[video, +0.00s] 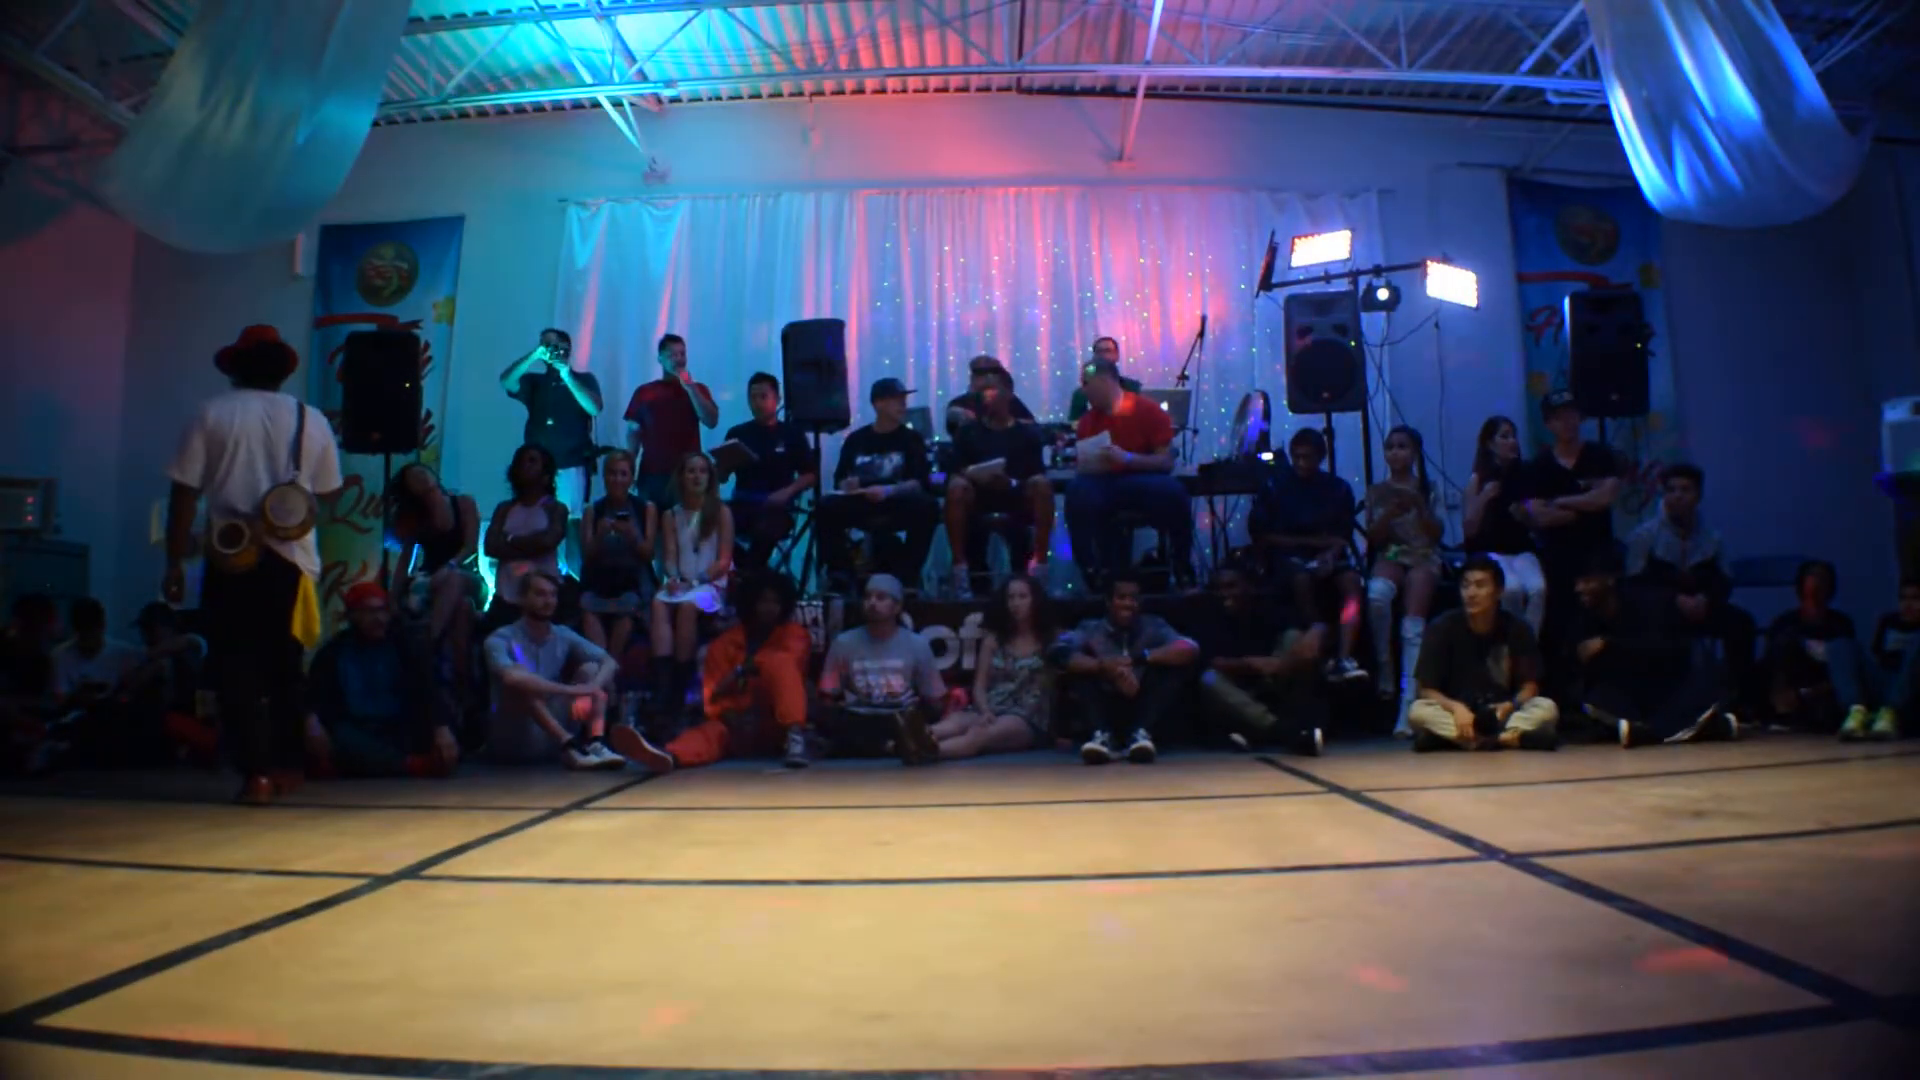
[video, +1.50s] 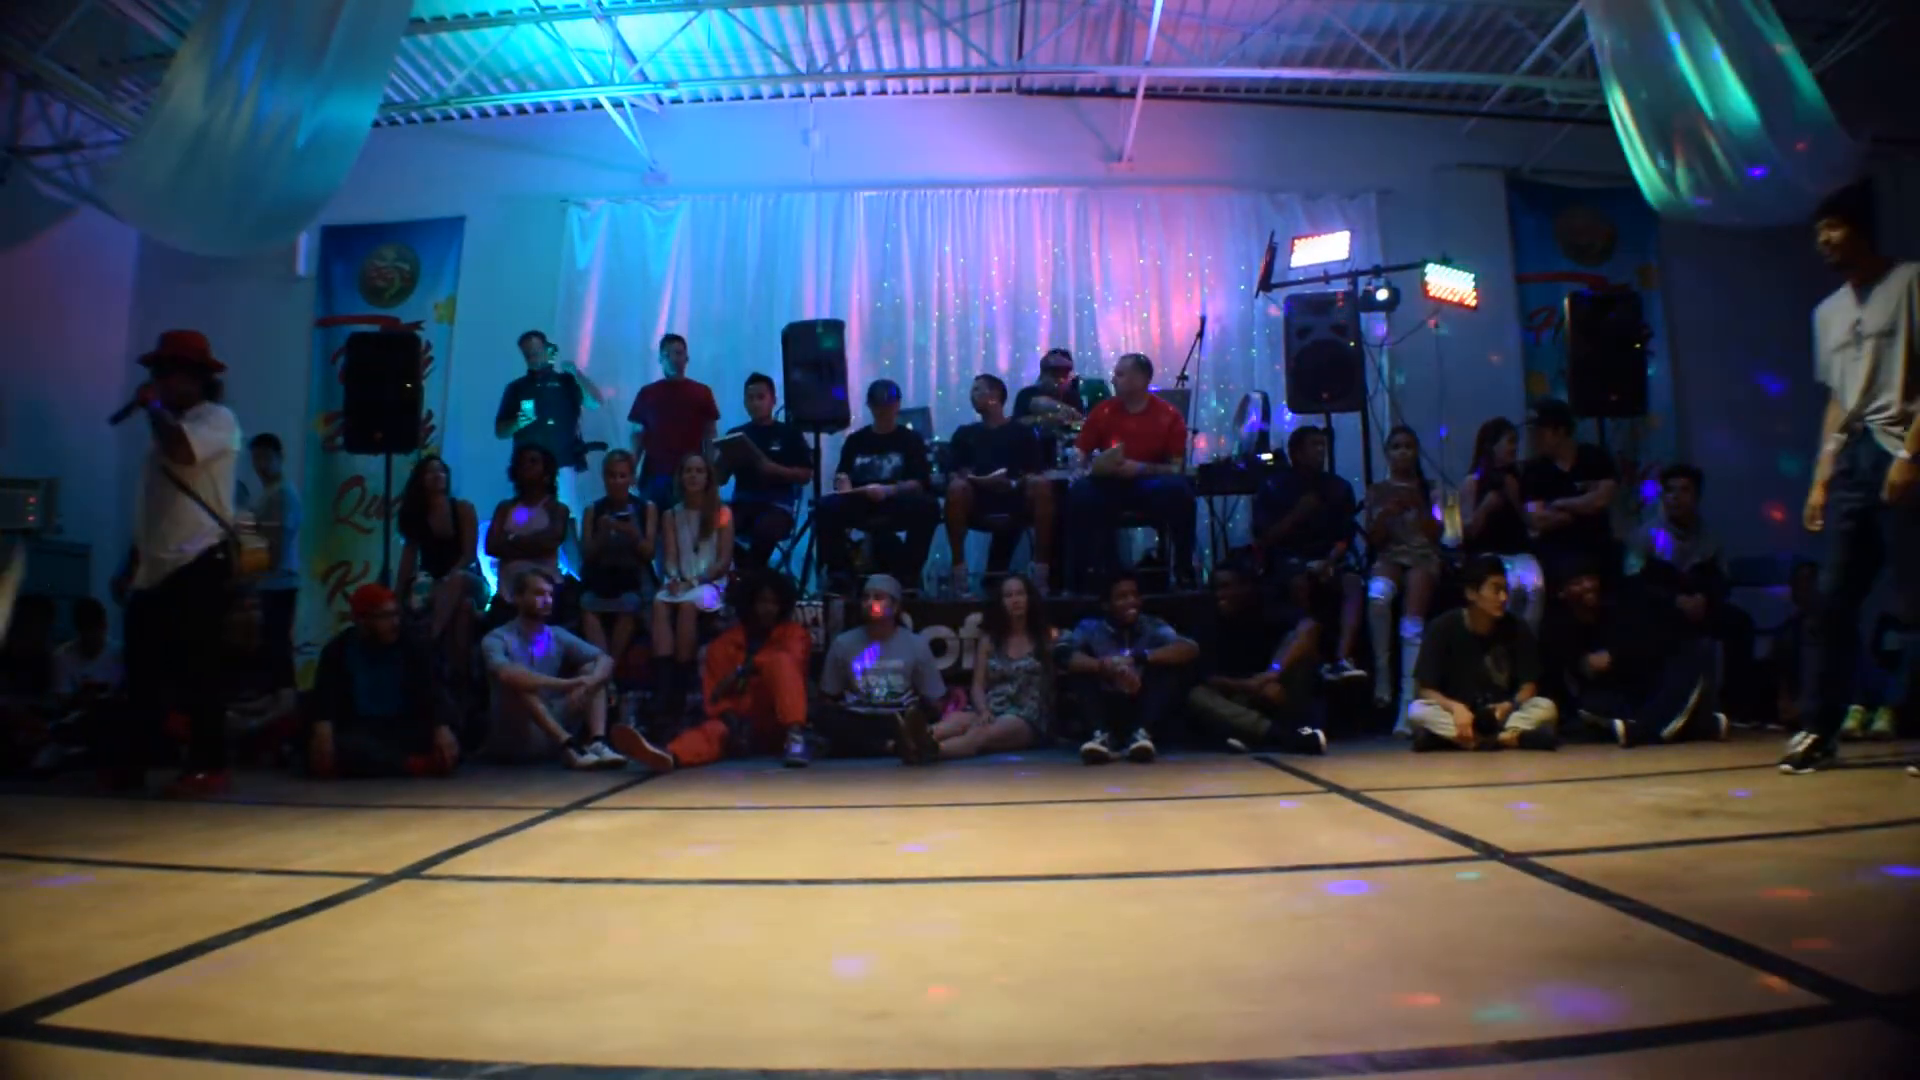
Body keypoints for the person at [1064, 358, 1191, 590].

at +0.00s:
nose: (1084, 390)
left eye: (1089, 383)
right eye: (1083, 384)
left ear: (1107, 380)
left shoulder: (1149, 411)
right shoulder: (1087, 422)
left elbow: (1165, 460)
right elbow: (1082, 464)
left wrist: (1126, 459)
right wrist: (1094, 464)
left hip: (1144, 482)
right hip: (1103, 483)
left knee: (1175, 495)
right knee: (1077, 496)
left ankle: (1182, 567)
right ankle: (1089, 570)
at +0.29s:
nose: (1087, 388)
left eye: (1091, 381)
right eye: (1087, 382)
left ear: (1112, 380)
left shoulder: (1148, 411)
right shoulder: (1089, 420)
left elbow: (1166, 462)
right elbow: (1080, 464)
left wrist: (1130, 469)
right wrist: (1097, 465)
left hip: (1142, 483)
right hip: (1104, 484)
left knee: (1170, 491)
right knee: (1078, 492)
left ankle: (1181, 568)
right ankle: (1091, 571)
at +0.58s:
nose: (1096, 385)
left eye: (1101, 378)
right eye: (1096, 379)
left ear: (1124, 379)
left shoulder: (1155, 413)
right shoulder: (1093, 417)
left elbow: (1169, 463)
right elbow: (1085, 463)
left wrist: (1132, 468)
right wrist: (1103, 462)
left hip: (1144, 482)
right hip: (1106, 483)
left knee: (1173, 493)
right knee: (1079, 493)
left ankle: (1181, 569)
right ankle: (1092, 571)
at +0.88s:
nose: (1104, 380)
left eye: (1111, 375)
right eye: (1104, 375)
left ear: (1133, 379)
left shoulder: (1163, 416)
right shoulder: (1096, 416)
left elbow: (1173, 465)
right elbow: (1083, 463)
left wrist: (1134, 469)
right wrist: (1100, 464)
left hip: (1147, 483)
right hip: (1107, 483)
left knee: (1178, 494)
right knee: (1081, 498)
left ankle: (1182, 568)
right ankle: (1090, 574)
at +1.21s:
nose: (1114, 381)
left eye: (1121, 375)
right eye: (1114, 375)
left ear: (1141, 380)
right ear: (1114, 378)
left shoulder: (1167, 416)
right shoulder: (1102, 414)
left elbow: (1175, 465)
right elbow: (1082, 461)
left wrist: (1136, 468)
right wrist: (1096, 467)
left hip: (1148, 484)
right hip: (1108, 483)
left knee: (1180, 494)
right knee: (1078, 496)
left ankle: (1183, 572)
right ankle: (1079, 578)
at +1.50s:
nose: (1114, 380)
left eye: (1121, 375)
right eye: (1114, 374)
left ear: (1143, 380)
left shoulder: (1168, 415)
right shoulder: (1103, 412)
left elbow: (1176, 467)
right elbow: (1079, 456)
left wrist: (1137, 468)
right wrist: (1098, 465)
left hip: (1149, 483)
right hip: (1110, 482)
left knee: (1179, 492)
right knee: (1081, 493)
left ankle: (1183, 572)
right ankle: (1084, 575)